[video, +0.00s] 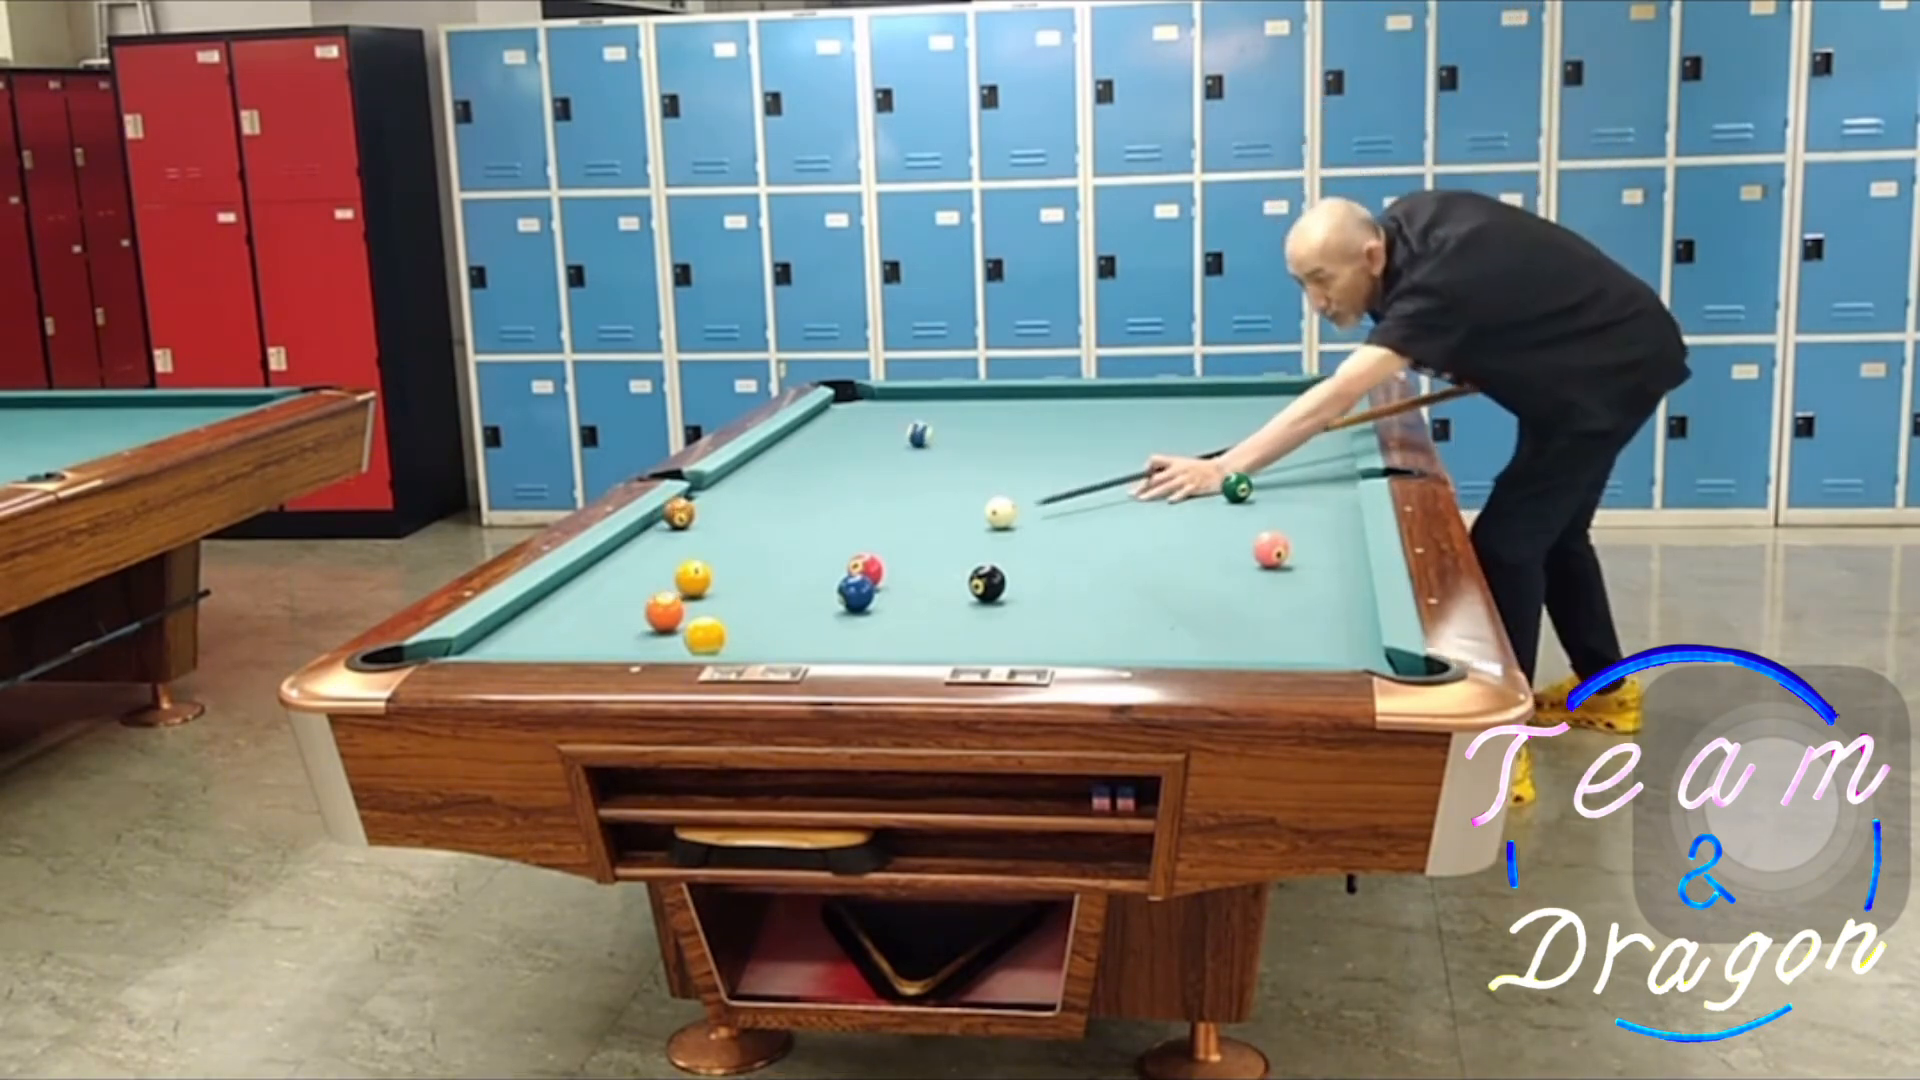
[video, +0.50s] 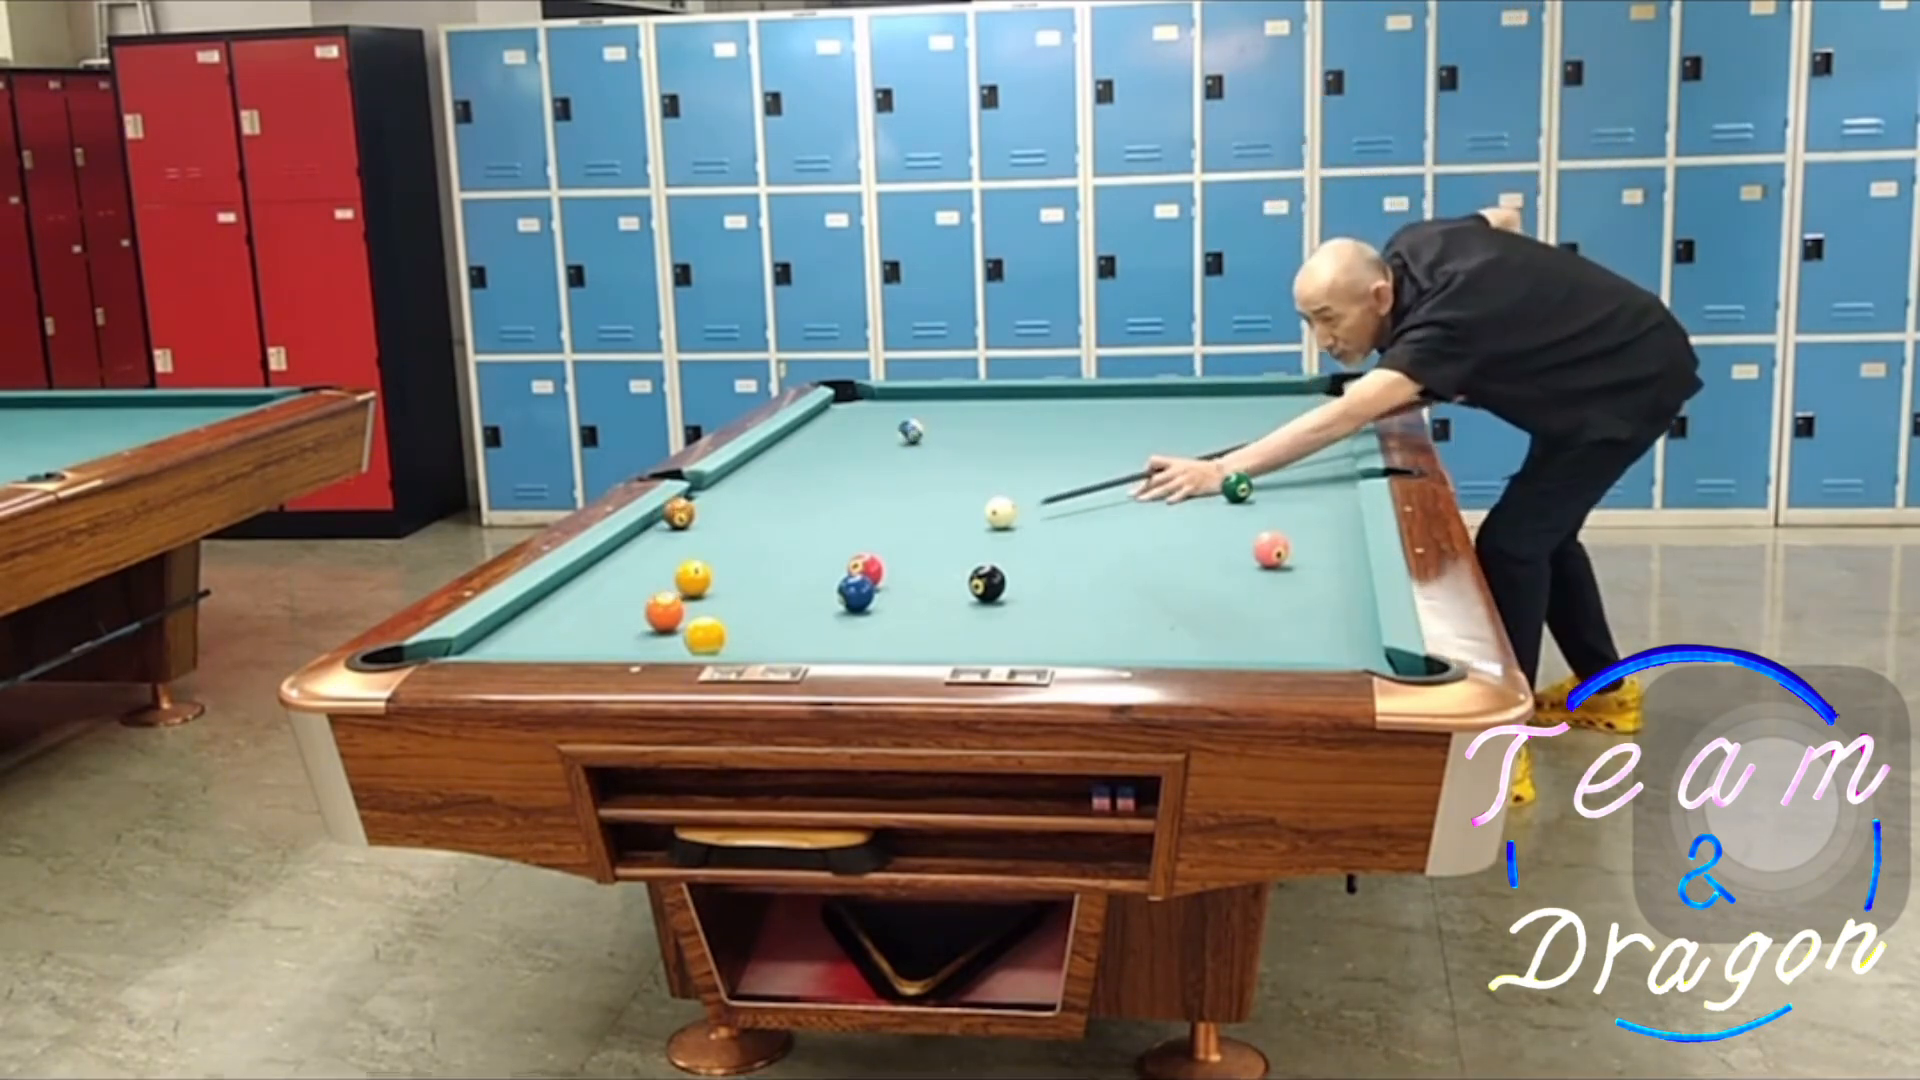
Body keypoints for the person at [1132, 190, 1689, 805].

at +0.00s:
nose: (1314, 300)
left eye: (1320, 281)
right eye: (1305, 284)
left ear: (1371, 256)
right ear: (1367, 247)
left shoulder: (1435, 287)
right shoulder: (1411, 219)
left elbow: (1336, 400)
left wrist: (1221, 467)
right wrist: (1475, 351)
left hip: (1610, 366)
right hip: (1619, 338)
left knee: (1504, 545)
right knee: (1557, 531)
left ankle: (1508, 716)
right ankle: (1607, 692)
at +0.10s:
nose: (1317, 313)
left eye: (1325, 295)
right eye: (1309, 298)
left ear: (1378, 273)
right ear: (1372, 260)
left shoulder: (1441, 307)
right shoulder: (1413, 224)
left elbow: (1339, 406)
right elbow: (1510, 210)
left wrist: (1221, 468)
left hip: (1626, 368)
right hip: (1619, 341)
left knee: (1505, 540)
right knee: (1550, 529)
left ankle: (1509, 709)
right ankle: (1607, 692)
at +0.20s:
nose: (1318, 321)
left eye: (1325, 303)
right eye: (1310, 305)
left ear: (1378, 280)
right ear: (1372, 268)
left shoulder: (1442, 314)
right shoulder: (1415, 228)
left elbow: (1342, 407)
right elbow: (1510, 207)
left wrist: (1218, 468)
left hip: (1630, 370)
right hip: (1616, 343)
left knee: (1507, 541)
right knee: (1547, 530)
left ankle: (1507, 712)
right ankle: (1606, 691)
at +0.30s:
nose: (1317, 329)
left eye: (1325, 312)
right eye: (1309, 313)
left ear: (1379, 290)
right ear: (1372, 276)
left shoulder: (1438, 324)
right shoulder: (1416, 236)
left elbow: (1342, 412)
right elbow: (1507, 206)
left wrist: (1217, 468)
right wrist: (1515, 301)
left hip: (1632, 373)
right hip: (1621, 343)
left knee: (1509, 541)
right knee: (1546, 529)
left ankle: (1507, 709)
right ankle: (1606, 689)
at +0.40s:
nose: (1318, 332)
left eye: (1326, 315)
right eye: (1310, 318)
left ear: (1379, 292)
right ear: (1371, 280)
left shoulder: (1440, 324)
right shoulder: (1417, 240)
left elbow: (1343, 413)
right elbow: (1506, 209)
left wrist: (1218, 469)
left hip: (1634, 373)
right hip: (1624, 346)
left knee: (1510, 540)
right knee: (1546, 530)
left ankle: (1510, 708)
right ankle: (1606, 690)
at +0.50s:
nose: (1319, 335)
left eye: (1327, 319)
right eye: (1310, 320)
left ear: (1381, 296)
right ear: (1372, 284)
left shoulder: (1441, 326)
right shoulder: (1417, 244)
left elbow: (1344, 415)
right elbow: (1500, 223)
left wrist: (1221, 469)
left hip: (1636, 374)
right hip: (1628, 347)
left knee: (1509, 542)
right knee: (1545, 531)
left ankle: (1509, 710)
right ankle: (1607, 691)